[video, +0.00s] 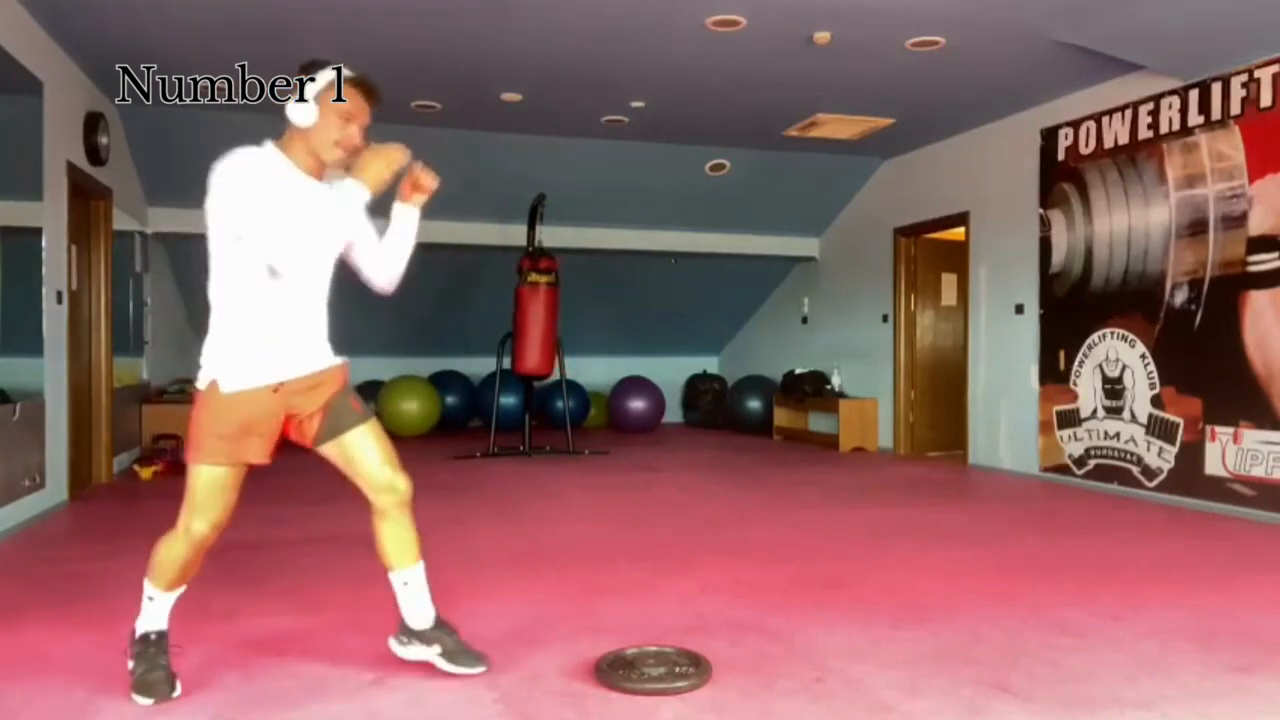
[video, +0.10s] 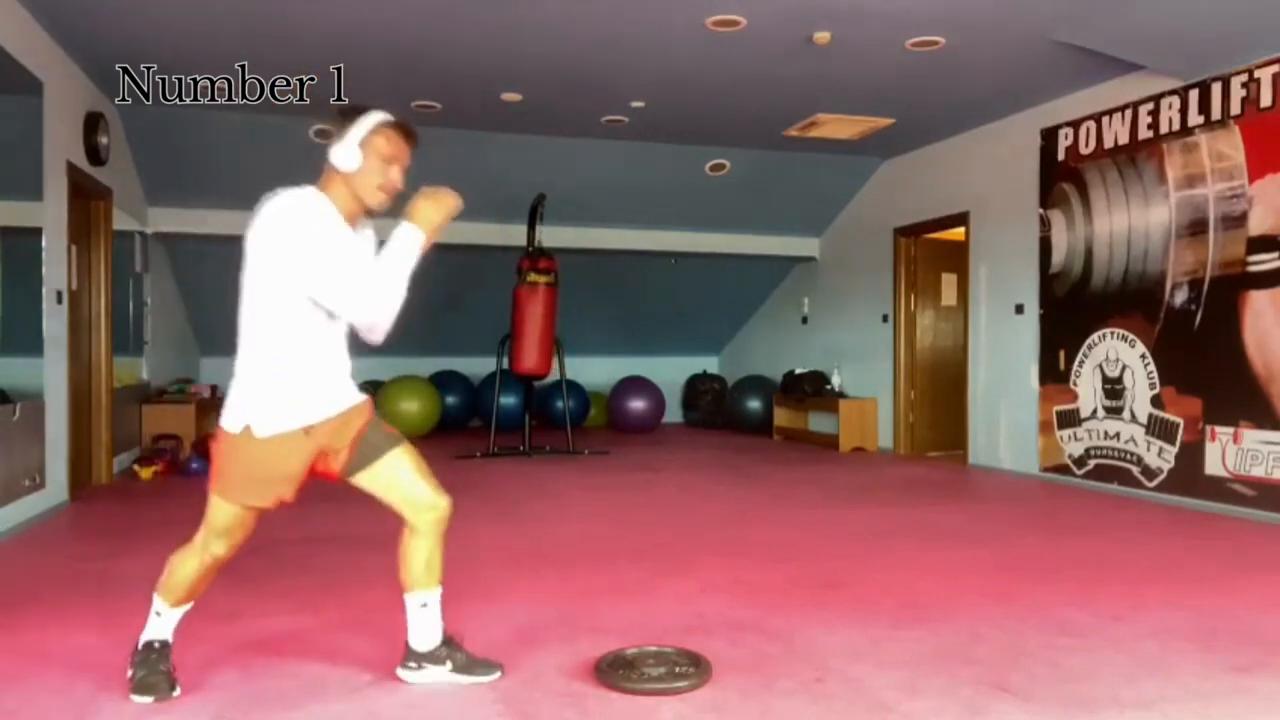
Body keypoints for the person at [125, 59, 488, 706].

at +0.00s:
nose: (357, 141)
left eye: (363, 129)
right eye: (348, 124)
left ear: (359, 129)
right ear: (306, 112)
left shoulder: (339, 194)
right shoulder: (238, 172)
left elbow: (382, 274)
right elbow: (286, 255)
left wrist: (410, 207)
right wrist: (360, 184)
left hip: (316, 378)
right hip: (237, 385)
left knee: (392, 489)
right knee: (200, 526)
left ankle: (419, 627)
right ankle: (149, 635)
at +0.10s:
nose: (396, 179)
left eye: (403, 168)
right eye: (386, 162)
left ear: (400, 173)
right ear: (346, 156)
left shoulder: (360, 235)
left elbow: (368, 320)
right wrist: (415, 233)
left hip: (335, 409)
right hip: (262, 419)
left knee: (430, 508)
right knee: (215, 544)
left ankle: (427, 648)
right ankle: (154, 644)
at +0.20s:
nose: (451, 184)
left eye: (459, 171)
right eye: (441, 166)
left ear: (458, 175)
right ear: (402, 158)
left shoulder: (411, 235)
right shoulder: (342, 215)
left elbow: (438, 318)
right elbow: (397, 314)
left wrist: (474, 254)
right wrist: (457, 242)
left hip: (378, 407)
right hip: (311, 416)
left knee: (462, 516)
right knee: (269, 564)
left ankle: (427, 648)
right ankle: (171, 625)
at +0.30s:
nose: (495, 184)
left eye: (502, 173)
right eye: (486, 167)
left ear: (497, 174)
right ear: (446, 160)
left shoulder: (458, 226)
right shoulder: (383, 214)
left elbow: (538, 247)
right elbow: (440, 314)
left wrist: (615, 209)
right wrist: (490, 233)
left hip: (417, 399)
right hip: (356, 407)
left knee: (482, 523)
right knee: (386, 543)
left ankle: (428, 651)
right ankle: (277, 632)